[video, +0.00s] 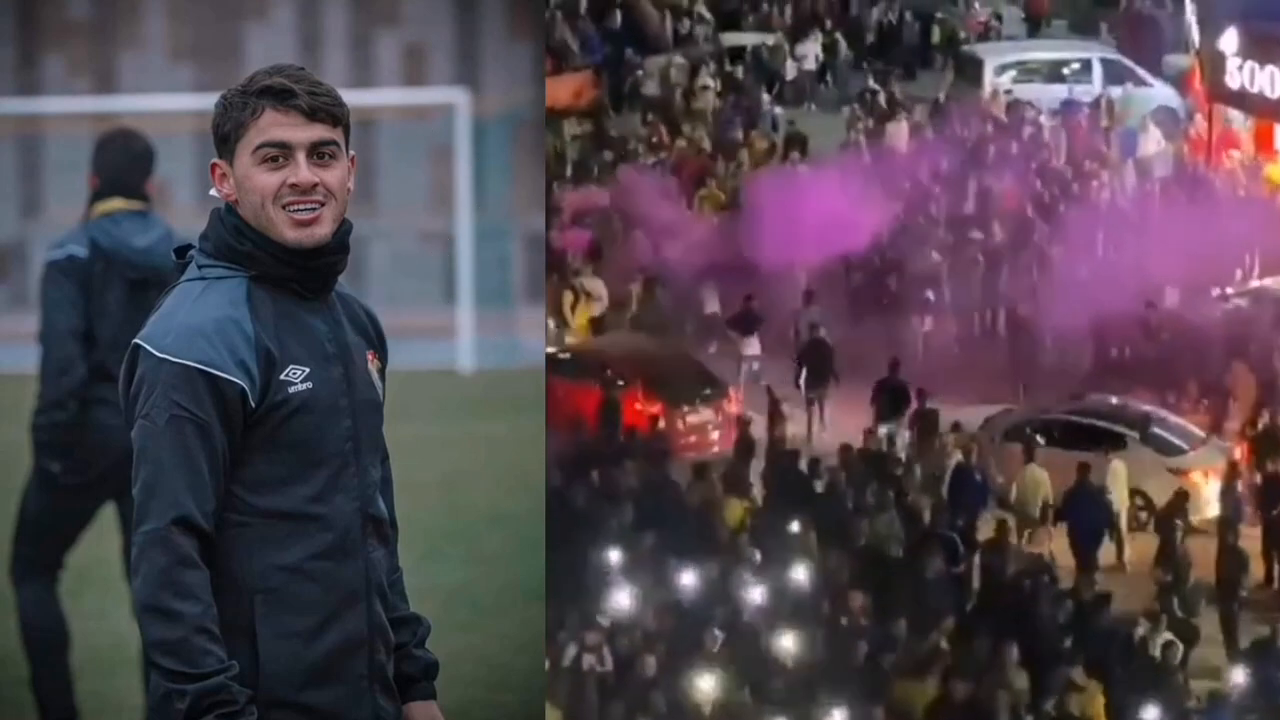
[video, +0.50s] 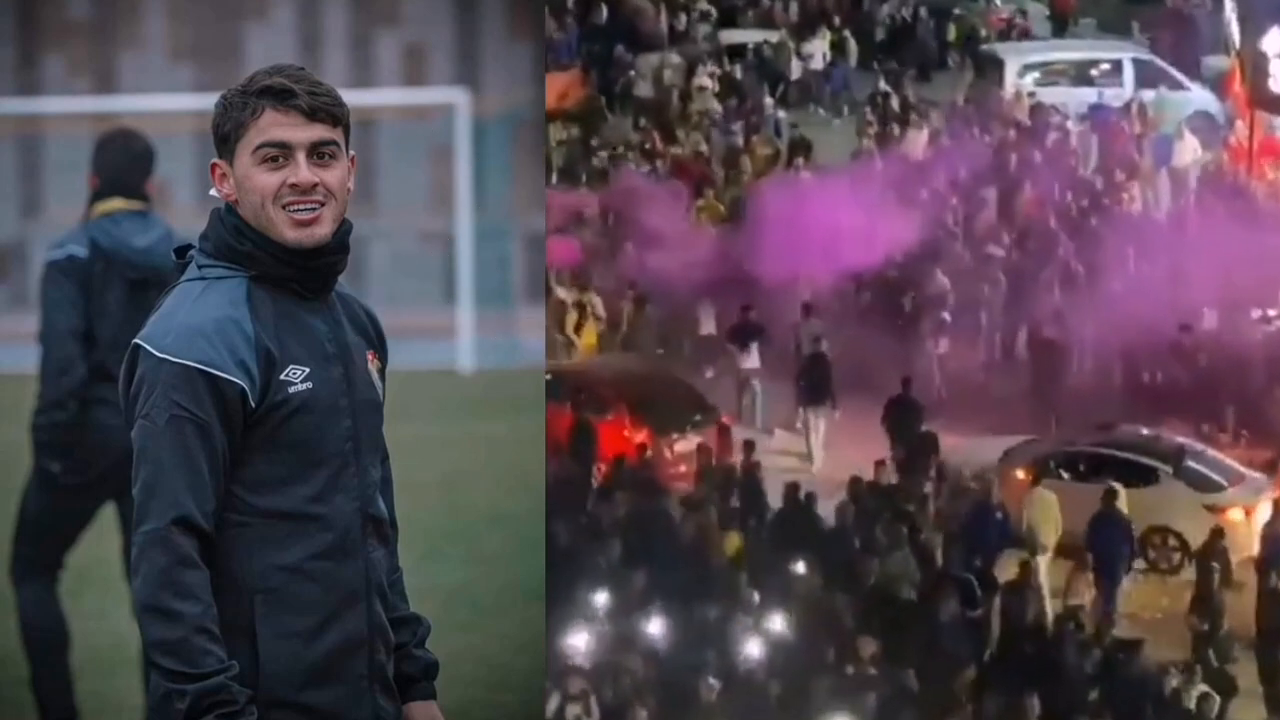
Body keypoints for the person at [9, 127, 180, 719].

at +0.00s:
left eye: (94, 173)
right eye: (149, 178)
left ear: (94, 180)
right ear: (152, 185)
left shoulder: (73, 252)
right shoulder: (177, 254)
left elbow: (65, 361)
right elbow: (190, 351)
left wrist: (51, 441)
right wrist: (174, 429)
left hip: (88, 448)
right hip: (158, 447)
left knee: (34, 569)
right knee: (156, 580)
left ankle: (57, 709)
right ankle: (167, 706)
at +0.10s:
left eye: (94, 173)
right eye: (149, 178)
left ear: (94, 180)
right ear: (152, 185)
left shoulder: (73, 252)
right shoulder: (177, 254)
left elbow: (65, 361)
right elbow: (190, 351)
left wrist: (51, 441)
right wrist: (174, 429)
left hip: (88, 448)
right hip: (158, 447)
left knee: (34, 569)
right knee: (156, 580)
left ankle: (57, 709)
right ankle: (167, 706)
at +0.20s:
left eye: (93, 174)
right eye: (150, 179)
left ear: (94, 180)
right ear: (152, 186)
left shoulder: (73, 253)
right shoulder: (178, 254)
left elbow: (64, 362)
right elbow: (190, 352)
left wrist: (50, 442)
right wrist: (175, 429)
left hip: (88, 448)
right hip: (158, 447)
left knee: (33, 569)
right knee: (157, 581)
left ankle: (57, 709)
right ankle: (167, 706)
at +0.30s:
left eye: (93, 173)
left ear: (94, 180)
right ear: (152, 185)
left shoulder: (73, 253)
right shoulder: (178, 254)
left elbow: (65, 361)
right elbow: (190, 351)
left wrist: (51, 441)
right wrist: (175, 428)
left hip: (88, 448)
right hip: (158, 447)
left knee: (33, 569)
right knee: (157, 580)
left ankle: (57, 708)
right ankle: (167, 705)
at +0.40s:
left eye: (93, 173)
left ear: (94, 180)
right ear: (152, 185)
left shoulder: (73, 253)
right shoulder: (178, 254)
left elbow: (65, 361)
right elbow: (190, 351)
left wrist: (51, 441)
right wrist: (175, 428)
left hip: (88, 448)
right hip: (158, 447)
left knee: (33, 569)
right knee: (157, 580)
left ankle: (57, 708)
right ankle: (167, 705)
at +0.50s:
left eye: (93, 174)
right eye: (150, 179)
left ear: (94, 180)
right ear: (152, 186)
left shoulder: (73, 253)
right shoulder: (178, 254)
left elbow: (64, 362)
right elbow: (190, 352)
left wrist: (50, 442)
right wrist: (175, 429)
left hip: (88, 448)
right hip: (158, 447)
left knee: (33, 569)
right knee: (157, 581)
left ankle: (57, 709)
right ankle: (167, 706)